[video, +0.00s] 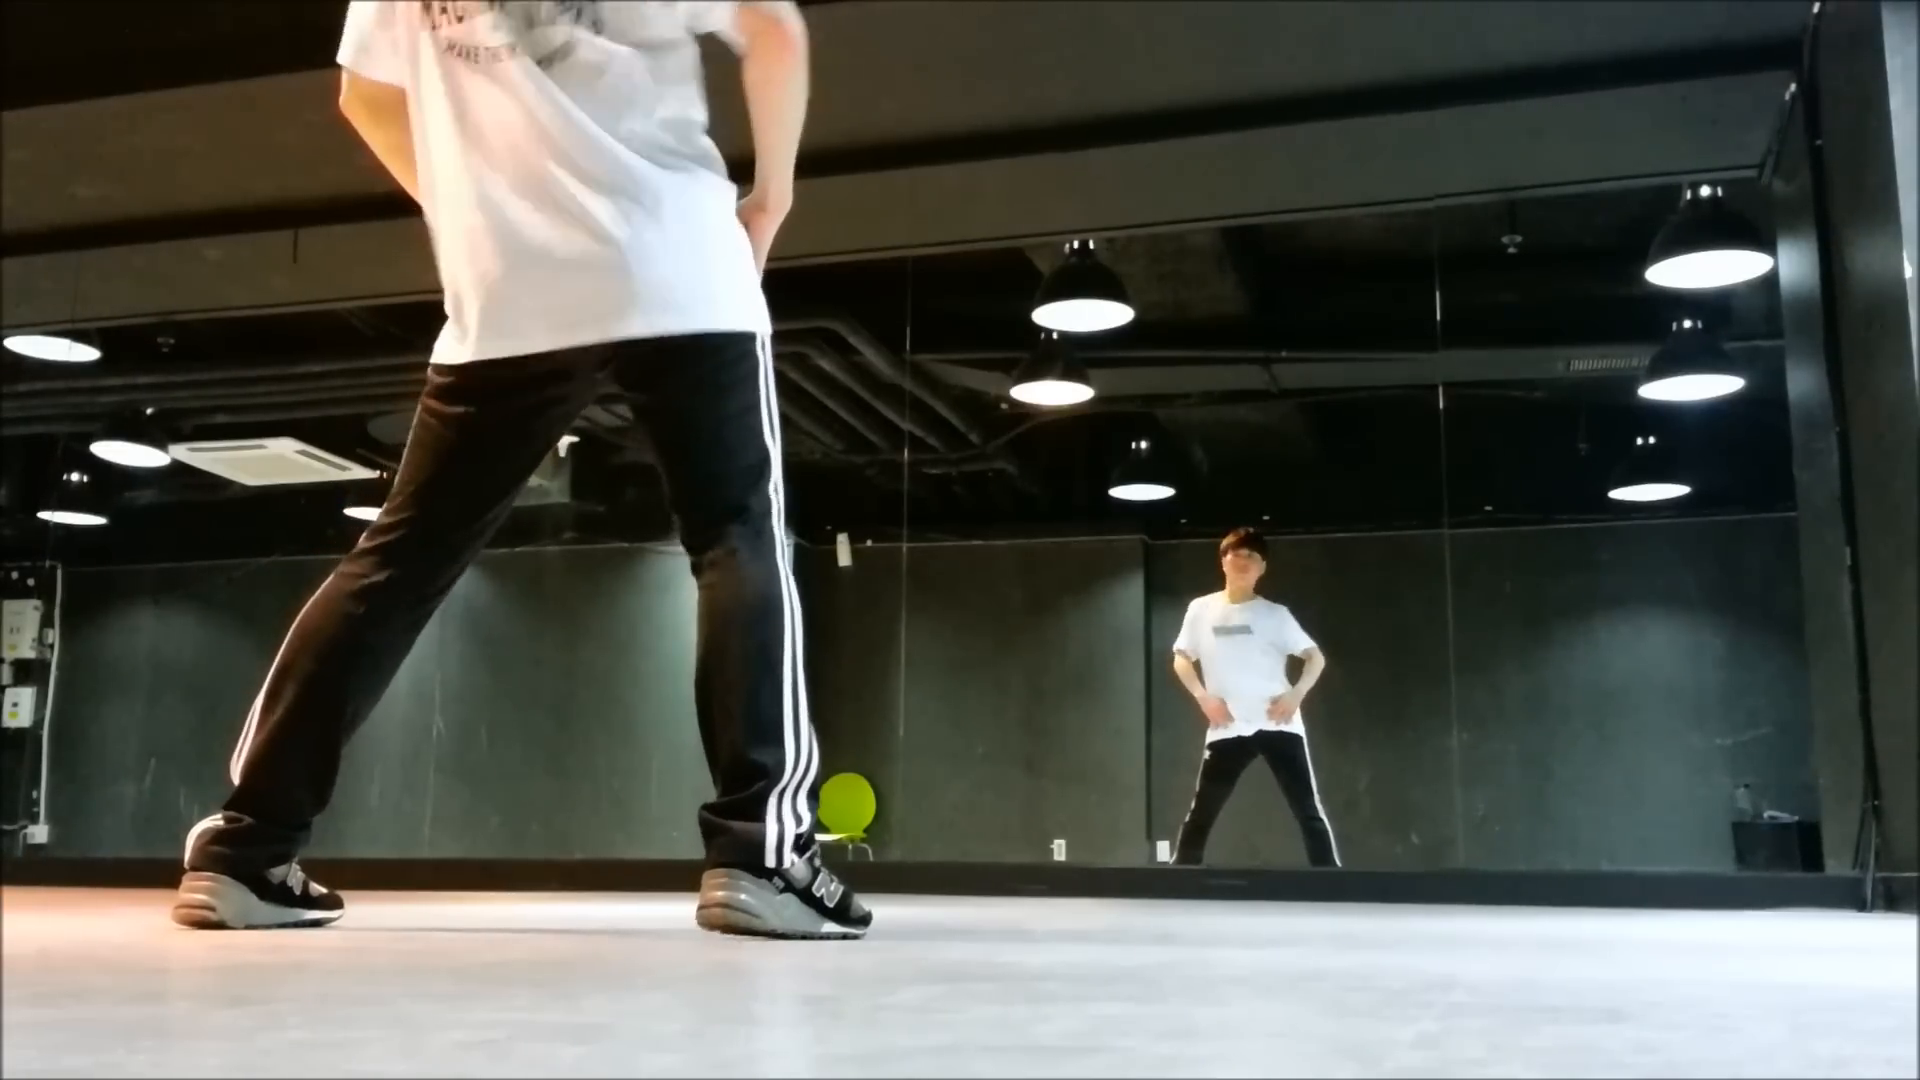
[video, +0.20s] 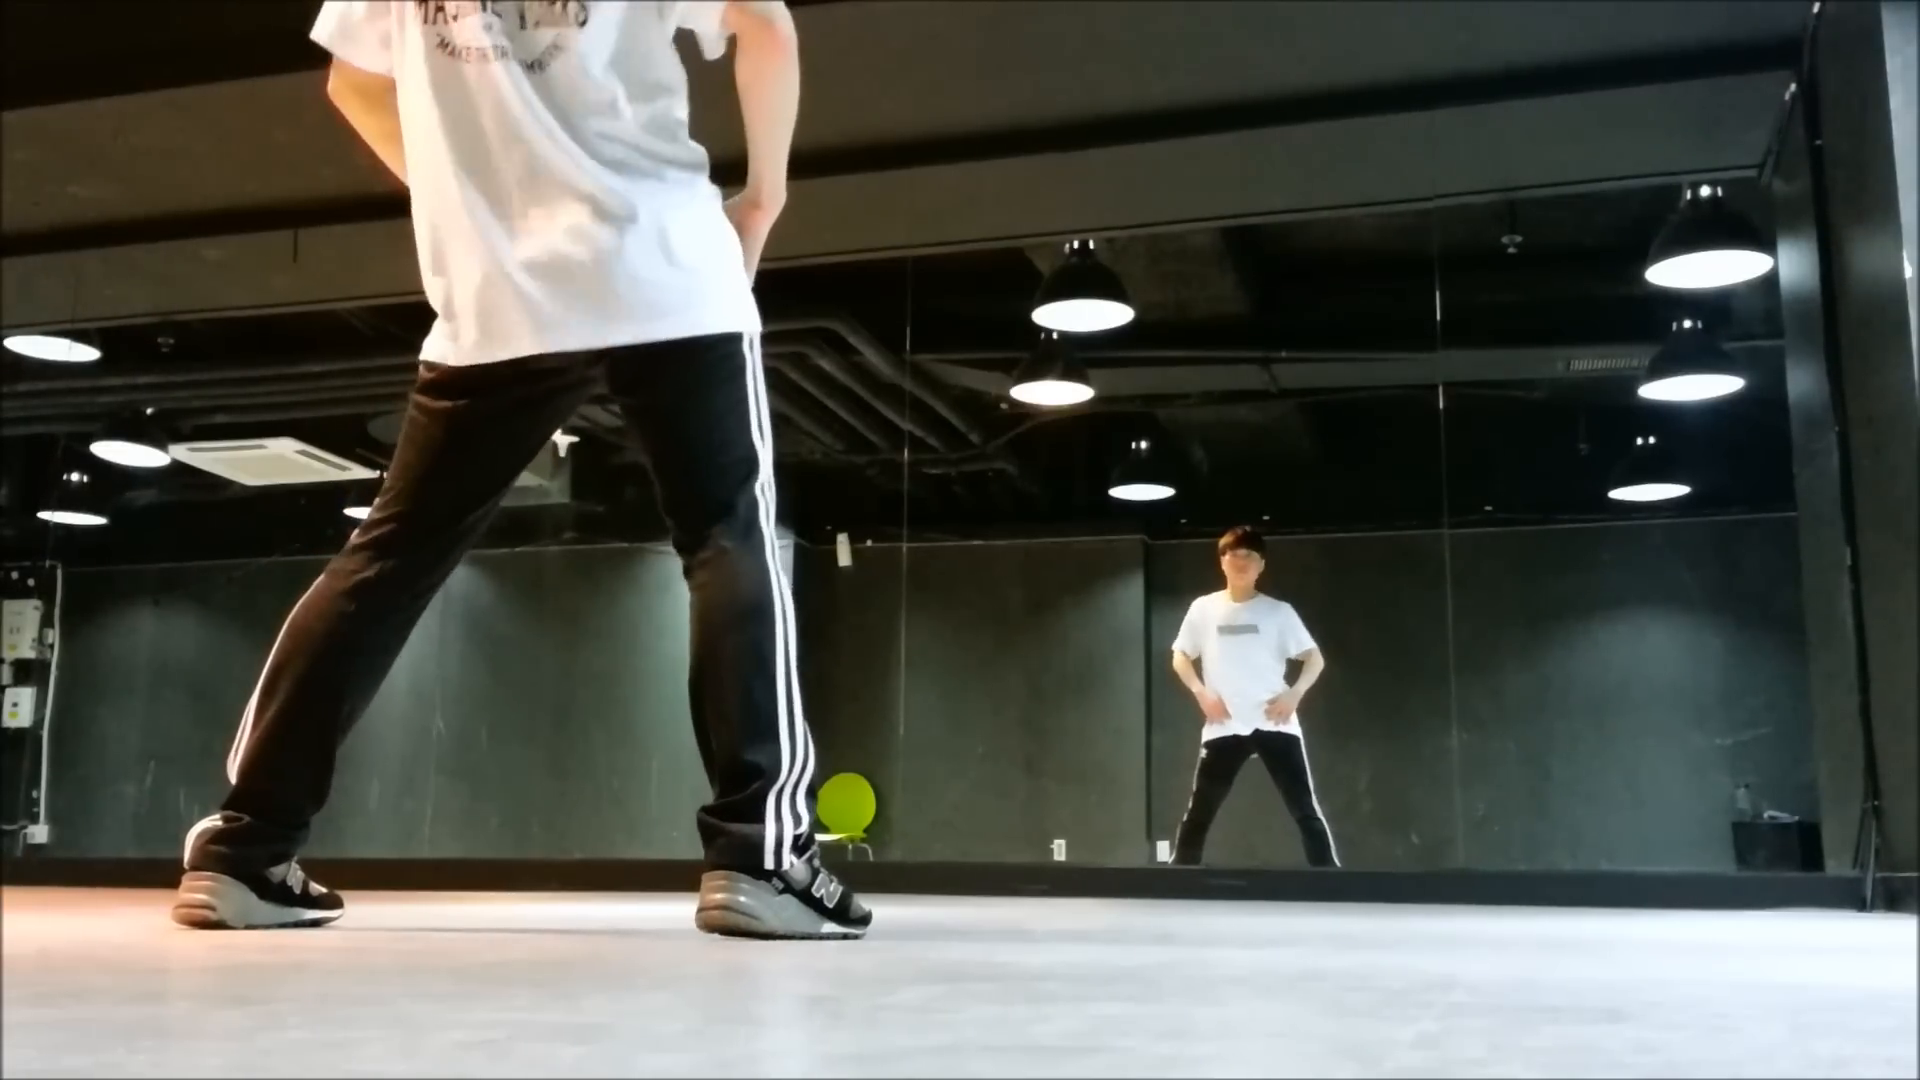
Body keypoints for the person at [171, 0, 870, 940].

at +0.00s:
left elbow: (368, 92)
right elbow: (772, 25)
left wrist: (472, 210)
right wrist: (773, 183)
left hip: (505, 264)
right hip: (679, 254)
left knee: (397, 558)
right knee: (739, 545)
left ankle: (243, 844)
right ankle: (763, 851)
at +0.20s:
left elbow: (355, 83)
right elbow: (764, 26)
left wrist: (465, 192)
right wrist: (766, 188)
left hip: (494, 273)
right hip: (664, 262)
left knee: (389, 554)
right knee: (731, 546)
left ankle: (242, 844)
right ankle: (761, 852)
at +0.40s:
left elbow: (348, 73)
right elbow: (763, 26)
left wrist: (460, 192)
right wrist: (754, 194)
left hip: (483, 269)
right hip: (653, 267)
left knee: (380, 551)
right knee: (720, 549)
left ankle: (242, 843)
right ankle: (760, 854)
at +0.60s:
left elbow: (351, 77)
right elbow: (782, 30)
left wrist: (468, 206)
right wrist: (761, 196)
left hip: (493, 271)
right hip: (664, 267)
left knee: (384, 554)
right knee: (724, 549)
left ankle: (241, 844)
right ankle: (760, 855)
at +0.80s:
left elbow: (357, 67)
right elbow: (756, 20)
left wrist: (464, 196)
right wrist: (757, 189)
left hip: (486, 256)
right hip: (657, 258)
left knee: (379, 550)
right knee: (719, 544)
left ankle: (241, 844)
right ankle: (760, 854)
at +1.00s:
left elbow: (355, 75)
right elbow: (752, 26)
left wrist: (464, 204)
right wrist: (758, 187)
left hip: (493, 271)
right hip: (661, 266)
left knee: (378, 554)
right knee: (719, 544)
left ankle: (241, 845)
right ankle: (760, 854)